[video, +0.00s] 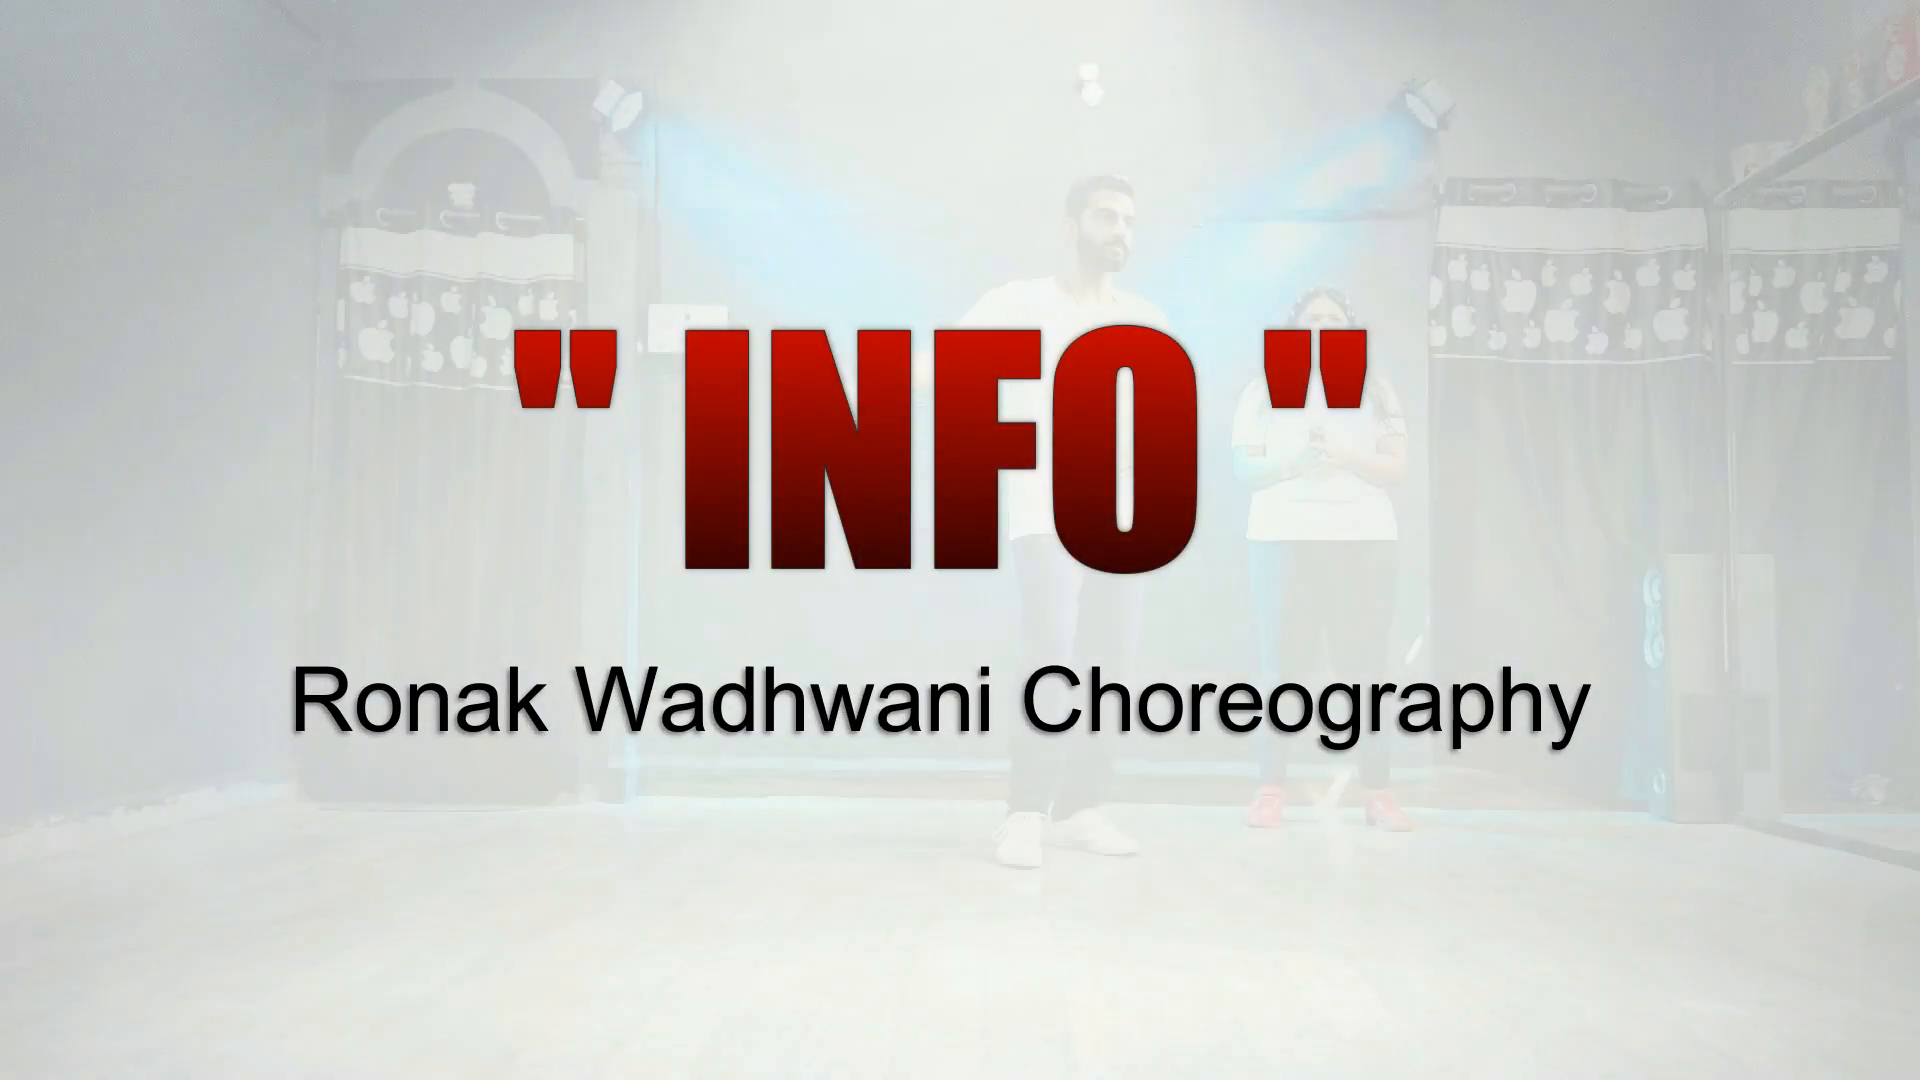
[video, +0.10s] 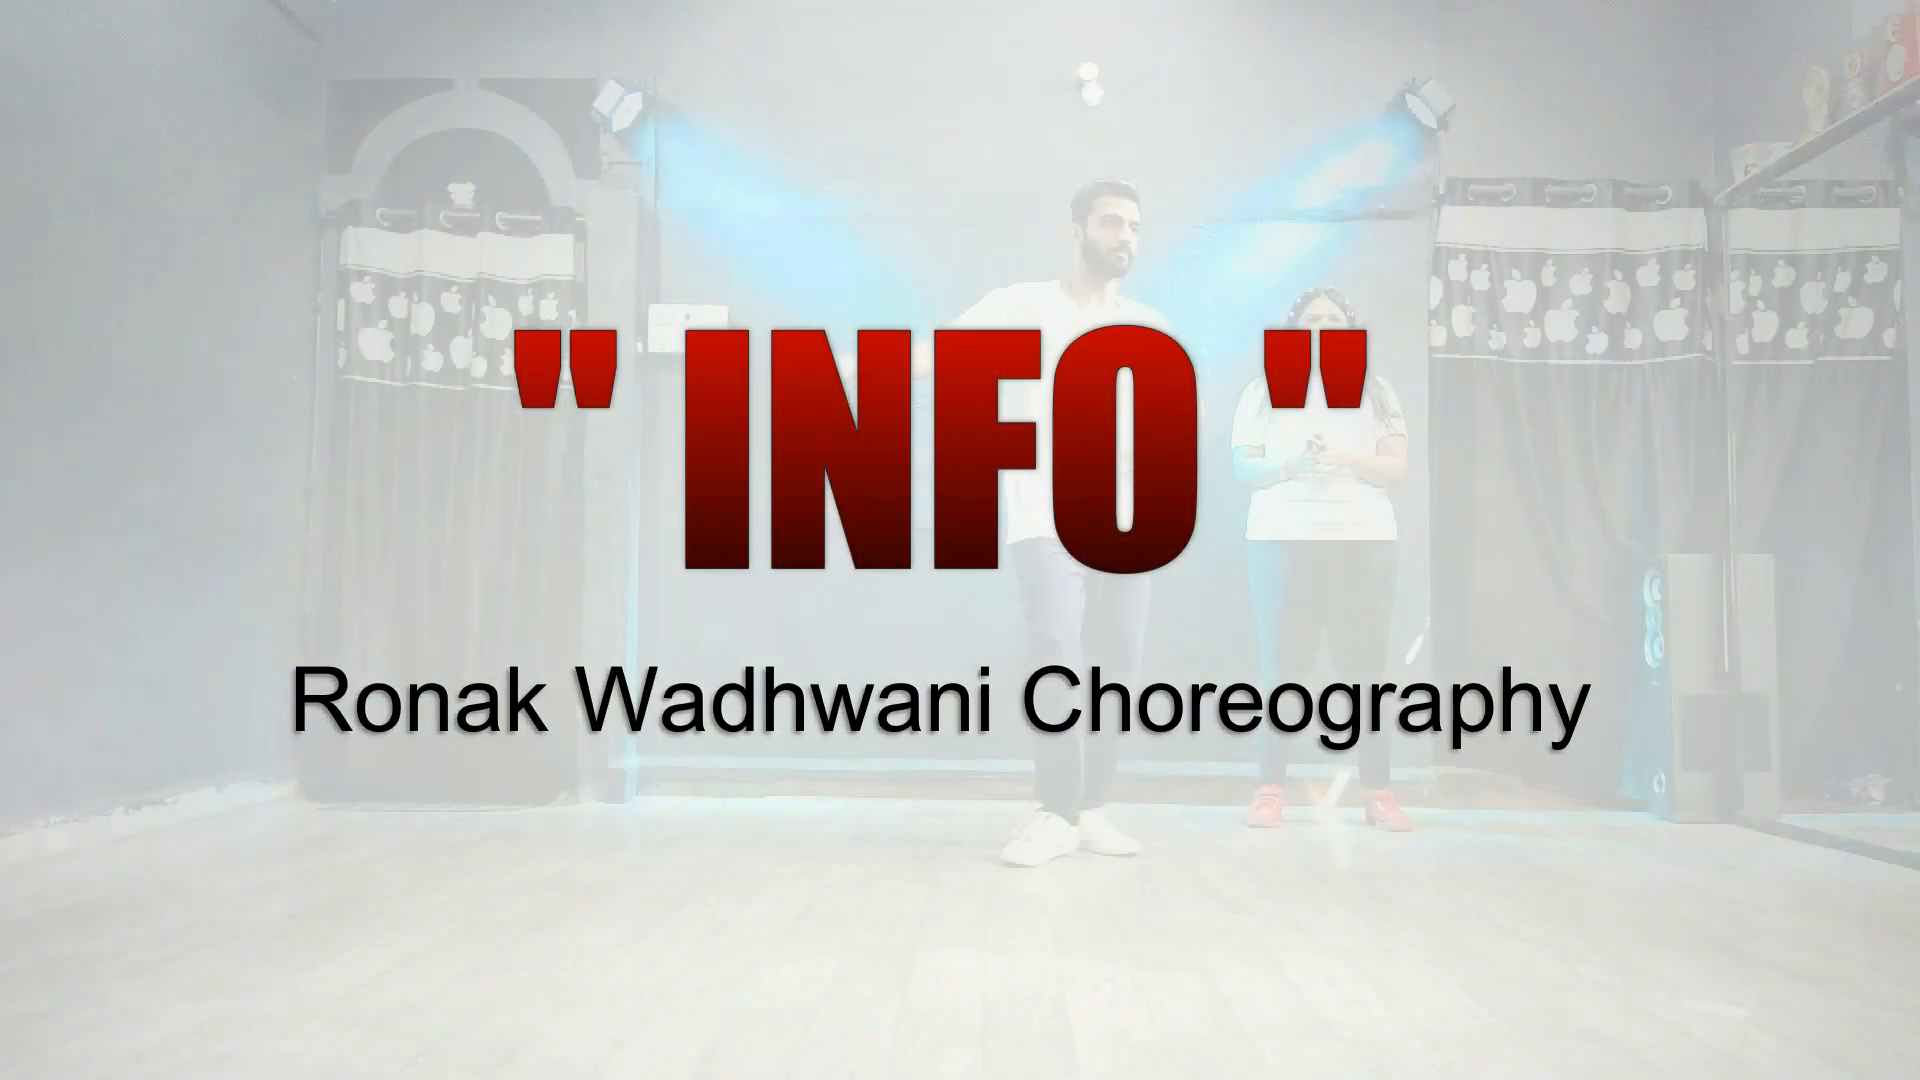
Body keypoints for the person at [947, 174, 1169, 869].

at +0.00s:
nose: (1120, 231)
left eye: (1128, 220)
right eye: (1107, 217)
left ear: (1133, 232)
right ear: (1073, 222)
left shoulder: (1139, 318)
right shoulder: (1014, 307)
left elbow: (1166, 415)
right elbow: (950, 383)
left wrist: (1157, 498)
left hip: (1117, 507)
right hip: (1039, 506)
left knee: (1107, 652)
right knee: (1046, 651)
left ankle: (1083, 807)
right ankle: (1027, 810)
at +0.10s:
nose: (1125, 236)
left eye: (1133, 227)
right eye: (1112, 224)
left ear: (1139, 239)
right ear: (1079, 231)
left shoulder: (1147, 325)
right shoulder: (1017, 307)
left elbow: (1174, 422)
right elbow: (935, 365)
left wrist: (1164, 509)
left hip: (1124, 512)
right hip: (1042, 508)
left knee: (1118, 655)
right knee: (1056, 654)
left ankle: (1092, 808)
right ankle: (1054, 811)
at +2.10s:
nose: (1015, 312)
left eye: (1032, 301)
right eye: (1005, 295)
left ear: (1047, 310)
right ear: (984, 294)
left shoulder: (1071, 376)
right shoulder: (938, 356)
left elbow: (1147, 434)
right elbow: (907, 425)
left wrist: (1079, 497)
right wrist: (944, 398)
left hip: (1037, 539)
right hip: (948, 537)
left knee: (1065, 657)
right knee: (908, 653)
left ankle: (1081, 807)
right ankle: (893, 806)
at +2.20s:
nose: (1015, 318)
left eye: (1031, 307)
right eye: (1006, 301)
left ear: (1047, 314)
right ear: (985, 298)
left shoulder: (1069, 376)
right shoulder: (939, 351)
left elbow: (1143, 438)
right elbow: (914, 408)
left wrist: (1072, 499)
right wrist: (944, 407)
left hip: (1030, 536)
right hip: (943, 534)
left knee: (1058, 658)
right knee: (906, 653)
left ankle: (1079, 807)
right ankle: (891, 806)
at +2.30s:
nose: (1004, 315)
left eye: (1020, 305)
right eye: (995, 299)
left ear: (1038, 309)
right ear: (976, 293)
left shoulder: (1065, 366)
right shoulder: (936, 345)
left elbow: (1135, 432)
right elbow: (916, 387)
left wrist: (1067, 493)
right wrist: (926, 411)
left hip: (1022, 530)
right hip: (938, 525)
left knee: (1047, 657)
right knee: (904, 649)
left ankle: (1077, 806)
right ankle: (888, 805)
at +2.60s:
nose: (992, 329)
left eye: (1007, 316)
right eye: (982, 313)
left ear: (1027, 313)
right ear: (962, 305)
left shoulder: (1057, 361)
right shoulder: (931, 366)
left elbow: (1129, 434)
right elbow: (915, 408)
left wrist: (1070, 499)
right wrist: (914, 438)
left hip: (1027, 536)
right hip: (938, 531)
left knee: (1055, 656)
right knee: (896, 646)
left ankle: (1079, 805)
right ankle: (886, 806)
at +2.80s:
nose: (1015, 340)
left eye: (1030, 327)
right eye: (1004, 323)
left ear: (1047, 327)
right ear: (984, 314)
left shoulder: (1072, 386)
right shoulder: (942, 370)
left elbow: (1148, 445)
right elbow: (916, 438)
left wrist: (1079, 506)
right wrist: (939, 431)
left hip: (1042, 547)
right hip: (950, 545)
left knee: (1072, 655)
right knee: (905, 651)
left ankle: (1082, 806)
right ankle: (891, 807)